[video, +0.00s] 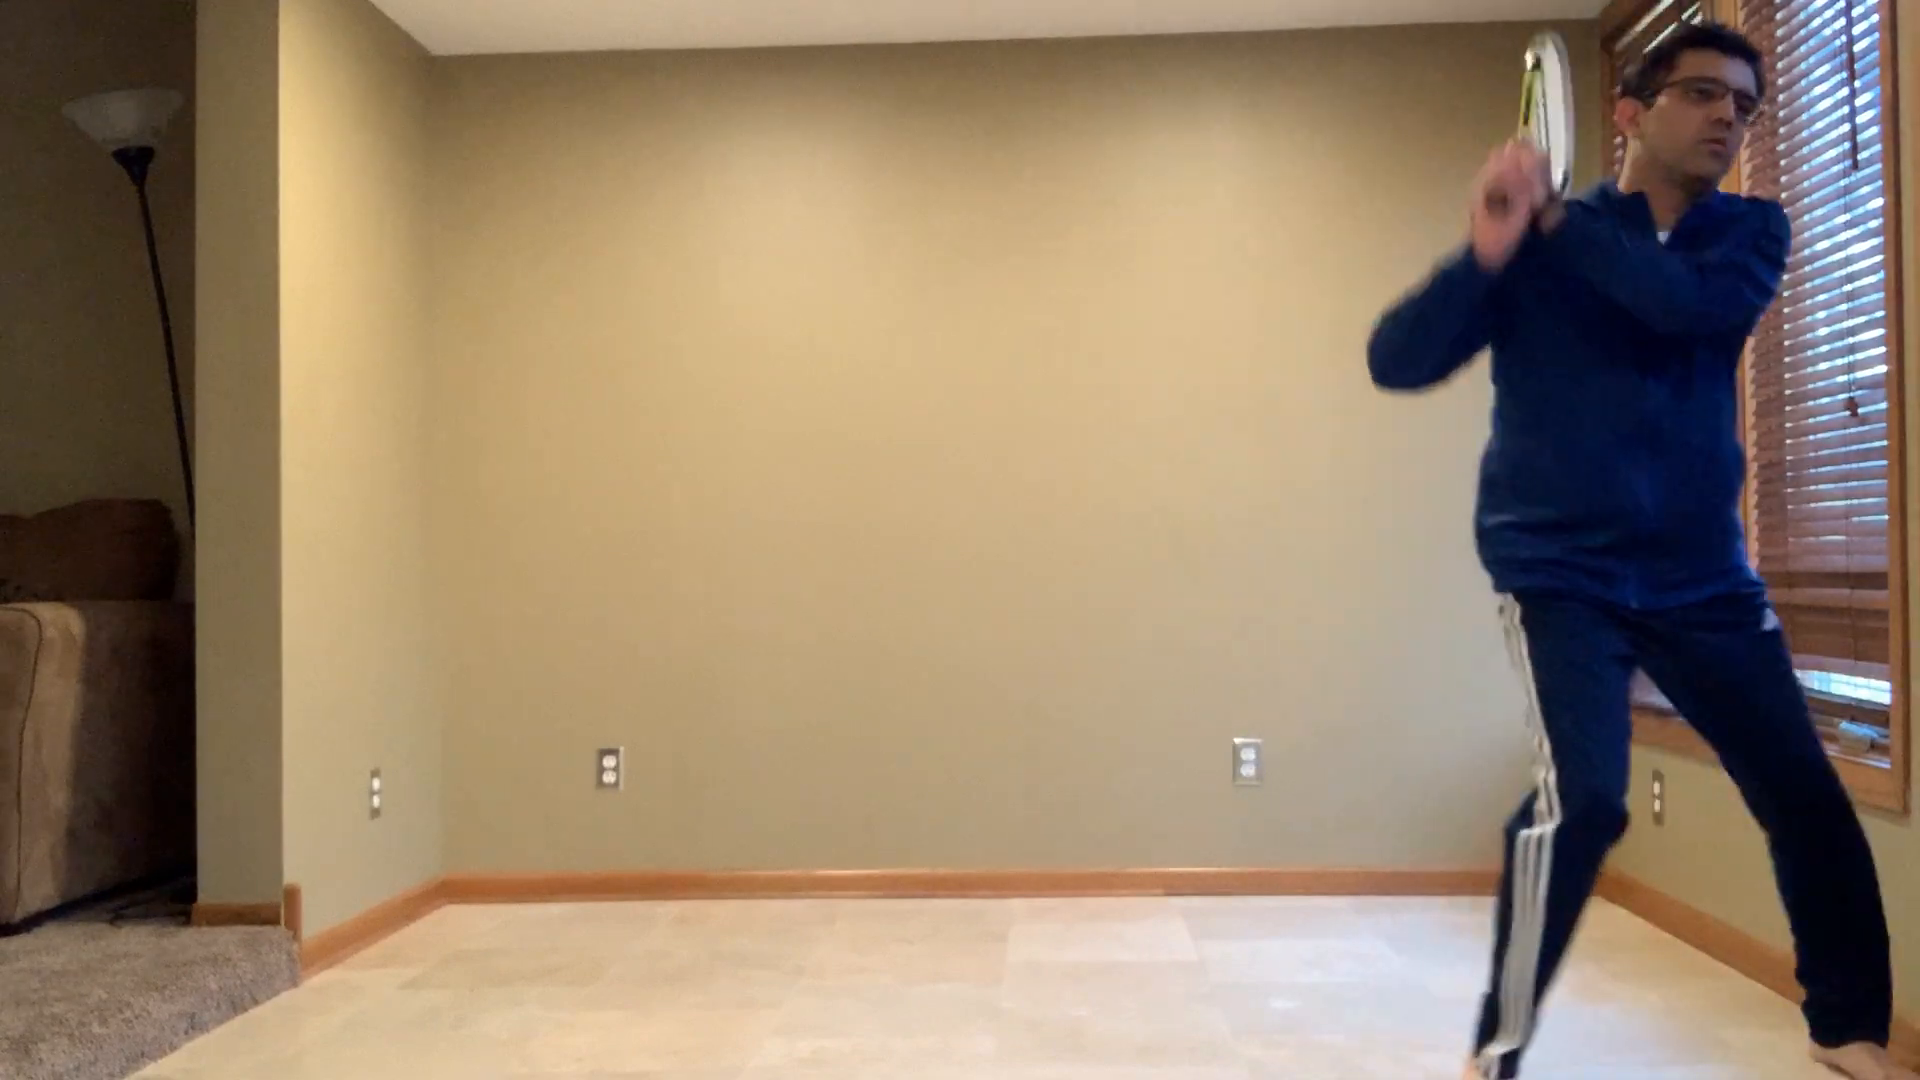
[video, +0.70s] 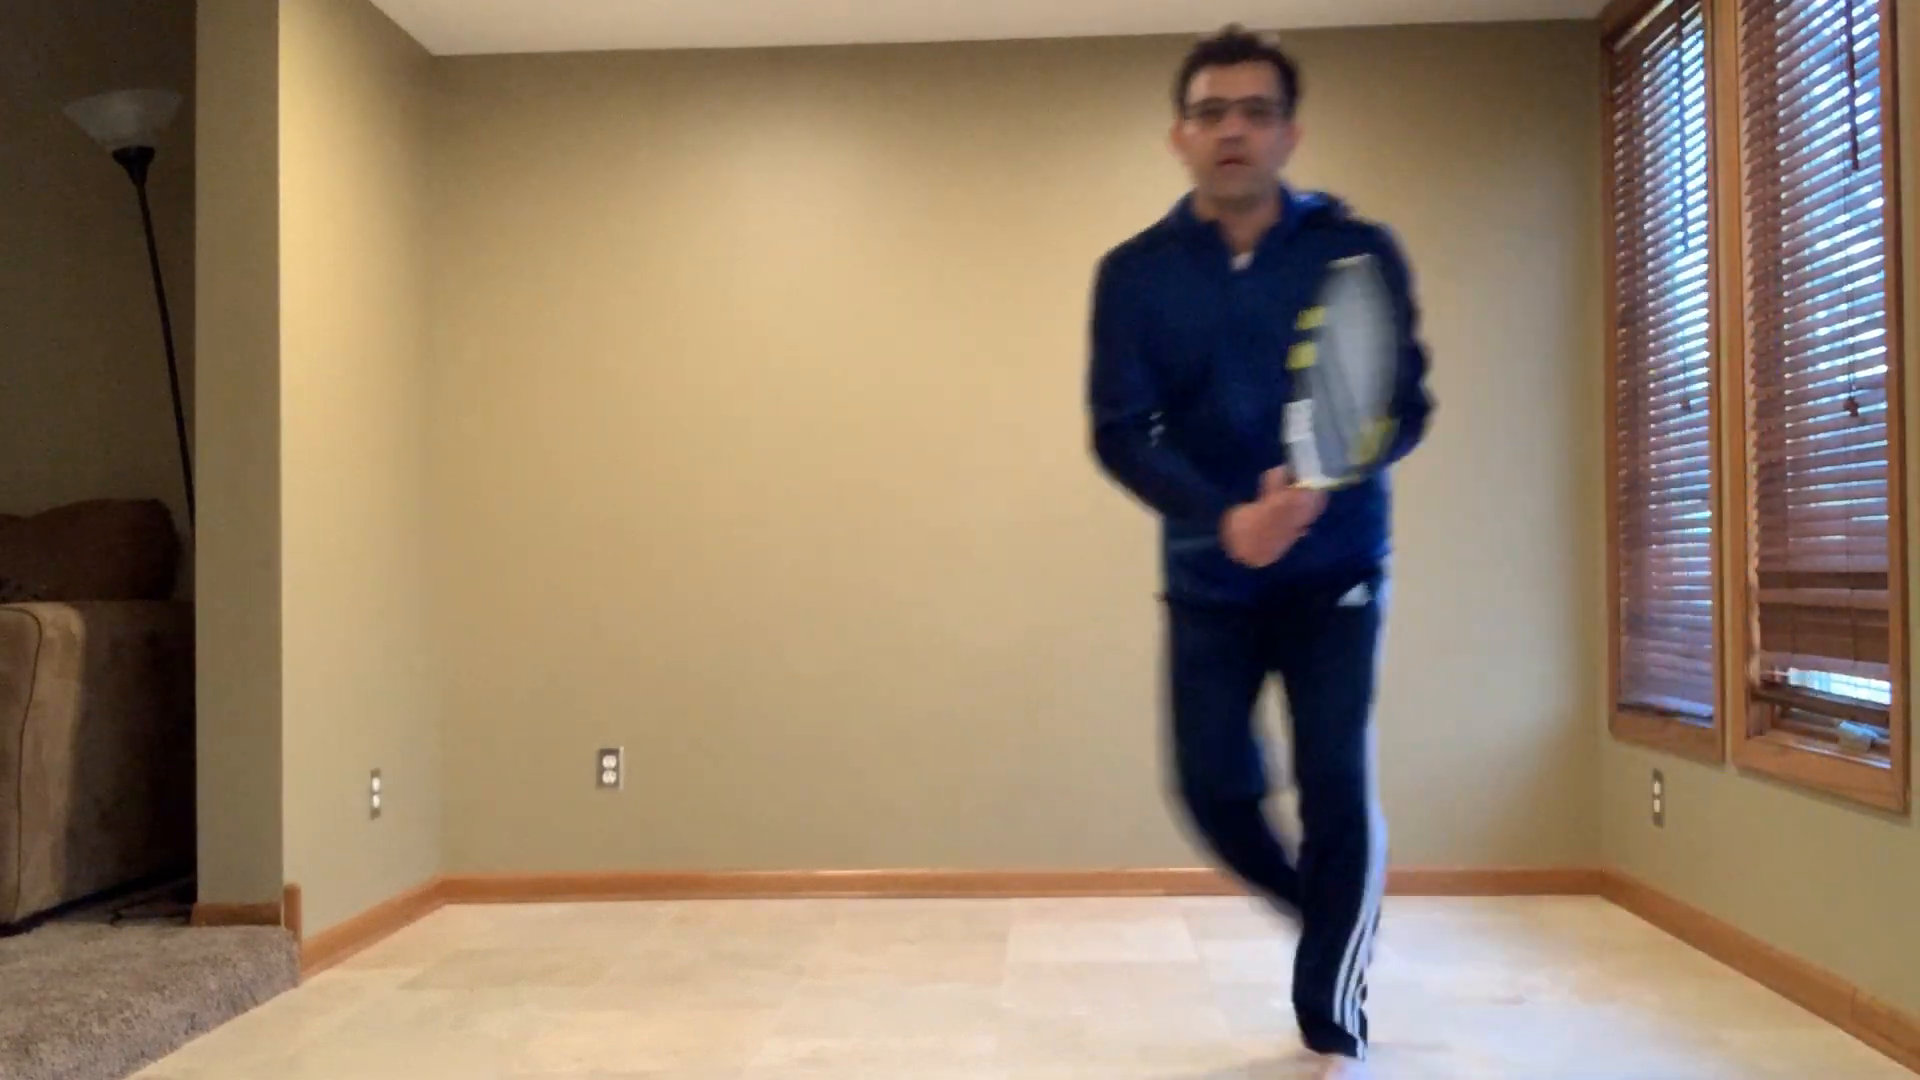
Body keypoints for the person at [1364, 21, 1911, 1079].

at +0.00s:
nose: (1727, 118)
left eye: (1741, 105)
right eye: (1702, 94)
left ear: (1746, 129)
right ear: (1630, 113)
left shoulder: (1746, 228)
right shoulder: (1545, 233)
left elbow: (1696, 310)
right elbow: (1397, 360)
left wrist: (1552, 217)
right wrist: (1484, 256)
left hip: (1698, 566)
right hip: (1557, 563)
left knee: (1806, 797)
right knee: (1584, 802)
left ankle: (1851, 1036)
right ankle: (1494, 1051)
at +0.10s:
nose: (1719, 107)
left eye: (1731, 94)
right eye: (1691, 89)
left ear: (1742, 122)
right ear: (1623, 116)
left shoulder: (1758, 233)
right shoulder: (1543, 246)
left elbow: (1728, 363)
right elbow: (1431, 396)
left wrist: (1578, 327)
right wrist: (1494, 380)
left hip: (1712, 568)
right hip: (1569, 568)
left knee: (1817, 794)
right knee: (1590, 800)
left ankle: (1847, 1035)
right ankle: (1532, 1049)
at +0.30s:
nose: (1562, 106)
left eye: (1585, 88)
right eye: (1537, 89)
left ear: (1613, 116)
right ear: (1492, 117)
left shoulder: (1666, 242)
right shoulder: (1439, 264)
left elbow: (1689, 400)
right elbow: (1378, 409)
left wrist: (1542, 412)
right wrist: (1433, 454)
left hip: (1663, 575)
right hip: (1514, 581)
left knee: (1765, 792)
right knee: (1501, 803)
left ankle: (1845, 1030)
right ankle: (1516, 979)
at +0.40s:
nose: (1461, 117)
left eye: (1483, 97)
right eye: (1436, 101)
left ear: (1514, 117)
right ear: (1399, 130)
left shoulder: (1578, 233)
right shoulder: (1358, 274)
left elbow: (1639, 390)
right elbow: (1312, 434)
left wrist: (1537, 433)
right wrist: (1411, 469)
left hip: (1587, 570)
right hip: (1445, 587)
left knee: (1706, 774)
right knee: (1462, 811)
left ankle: (1818, 1012)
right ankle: (1531, 1006)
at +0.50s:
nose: (1385, 124)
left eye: (1408, 104)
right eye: (1360, 106)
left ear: (1440, 127)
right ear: (1325, 134)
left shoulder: (1506, 238)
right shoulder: (1284, 280)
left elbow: (1570, 377)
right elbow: (1260, 449)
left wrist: (1509, 435)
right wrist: (1394, 480)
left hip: (1515, 556)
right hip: (1383, 579)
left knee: (1595, 759)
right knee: (1435, 805)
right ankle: (1533, 1001)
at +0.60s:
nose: (1317, 108)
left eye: (1339, 89)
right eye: (1293, 91)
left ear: (1373, 110)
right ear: (1260, 116)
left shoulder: (1437, 229)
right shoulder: (1216, 258)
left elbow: (1486, 373)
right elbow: (1197, 427)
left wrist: (1433, 439)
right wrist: (1328, 492)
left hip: (1427, 547)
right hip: (1303, 567)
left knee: (1443, 766)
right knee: (1378, 791)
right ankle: (1507, 973)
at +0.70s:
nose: (1232, 130)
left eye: (1255, 111)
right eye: (1210, 111)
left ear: (1290, 131)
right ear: (1179, 134)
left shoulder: (1356, 252)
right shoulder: (1134, 272)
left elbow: (1405, 403)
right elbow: (1118, 436)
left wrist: (1316, 486)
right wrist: (1222, 522)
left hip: (1335, 575)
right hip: (1209, 584)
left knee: (1335, 787)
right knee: (1213, 792)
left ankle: (1333, 1006)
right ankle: (1329, 909)